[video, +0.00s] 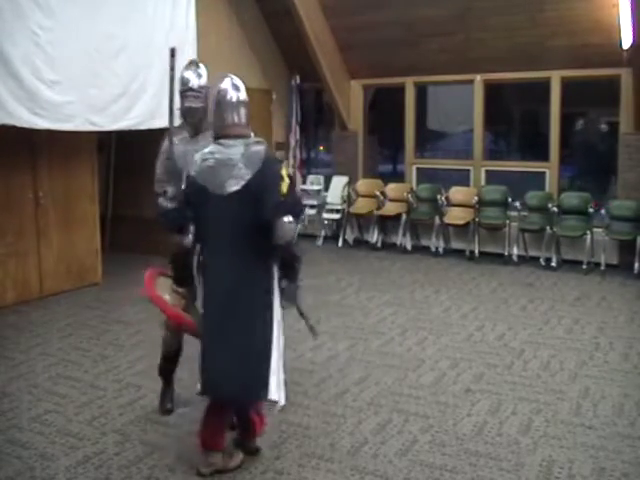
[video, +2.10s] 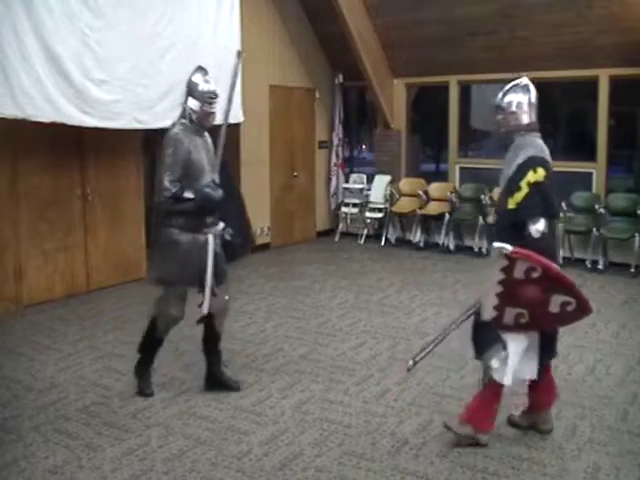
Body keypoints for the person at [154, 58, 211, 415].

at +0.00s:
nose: (192, 102)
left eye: (198, 95)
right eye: (187, 95)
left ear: (210, 100)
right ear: (179, 99)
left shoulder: (221, 142)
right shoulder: (171, 143)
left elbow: (233, 183)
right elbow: (164, 188)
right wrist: (176, 212)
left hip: (219, 231)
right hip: (184, 232)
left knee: (216, 307)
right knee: (179, 305)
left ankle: (216, 377)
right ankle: (167, 383)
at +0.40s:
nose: (160, 102)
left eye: (164, 95)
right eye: (154, 96)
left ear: (170, 98)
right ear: (144, 99)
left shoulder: (181, 135)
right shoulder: (134, 140)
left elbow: (195, 185)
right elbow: (116, 193)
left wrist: (199, 227)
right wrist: (144, 210)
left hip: (186, 237)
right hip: (151, 240)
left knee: (194, 308)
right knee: (157, 317)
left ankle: (184, 367)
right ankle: (165, 386)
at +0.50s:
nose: (156, 102)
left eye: (160, 96)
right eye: (149, 96)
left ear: (166, 98)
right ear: (138, 98)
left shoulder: (174, 136)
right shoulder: (128, 140)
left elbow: (191, 185)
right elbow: (111, 194)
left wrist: (198, 224)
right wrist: (138, 206)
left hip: (179, 236)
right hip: (145, 239)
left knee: (182, 311)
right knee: (155, 320)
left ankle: (151, 345)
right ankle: (165, 386)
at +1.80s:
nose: (183, 105)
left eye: (186, 99)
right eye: (176, 99)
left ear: (188, 101)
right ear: (160, 101)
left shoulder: (178, 139)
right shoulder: (150, 140)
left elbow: (178, 185)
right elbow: (135, 198)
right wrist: (176, 202)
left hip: (180, 230)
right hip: (152, 233)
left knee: (196, 298)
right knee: (147, 307)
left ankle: (198, 366)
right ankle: (138, 371)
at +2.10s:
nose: (210, 109)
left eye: (214, 103)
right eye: (204, 102)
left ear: (217, 104)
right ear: (189, 103)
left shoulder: (205, 138)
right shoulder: (177, 138)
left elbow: (207, 189)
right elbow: (165, 197)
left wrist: (219, 224)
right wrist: (203, 199)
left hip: (207, 233)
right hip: (179, 236)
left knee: (218, 303)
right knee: (172, 309)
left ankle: (214, 371)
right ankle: (144, 367)